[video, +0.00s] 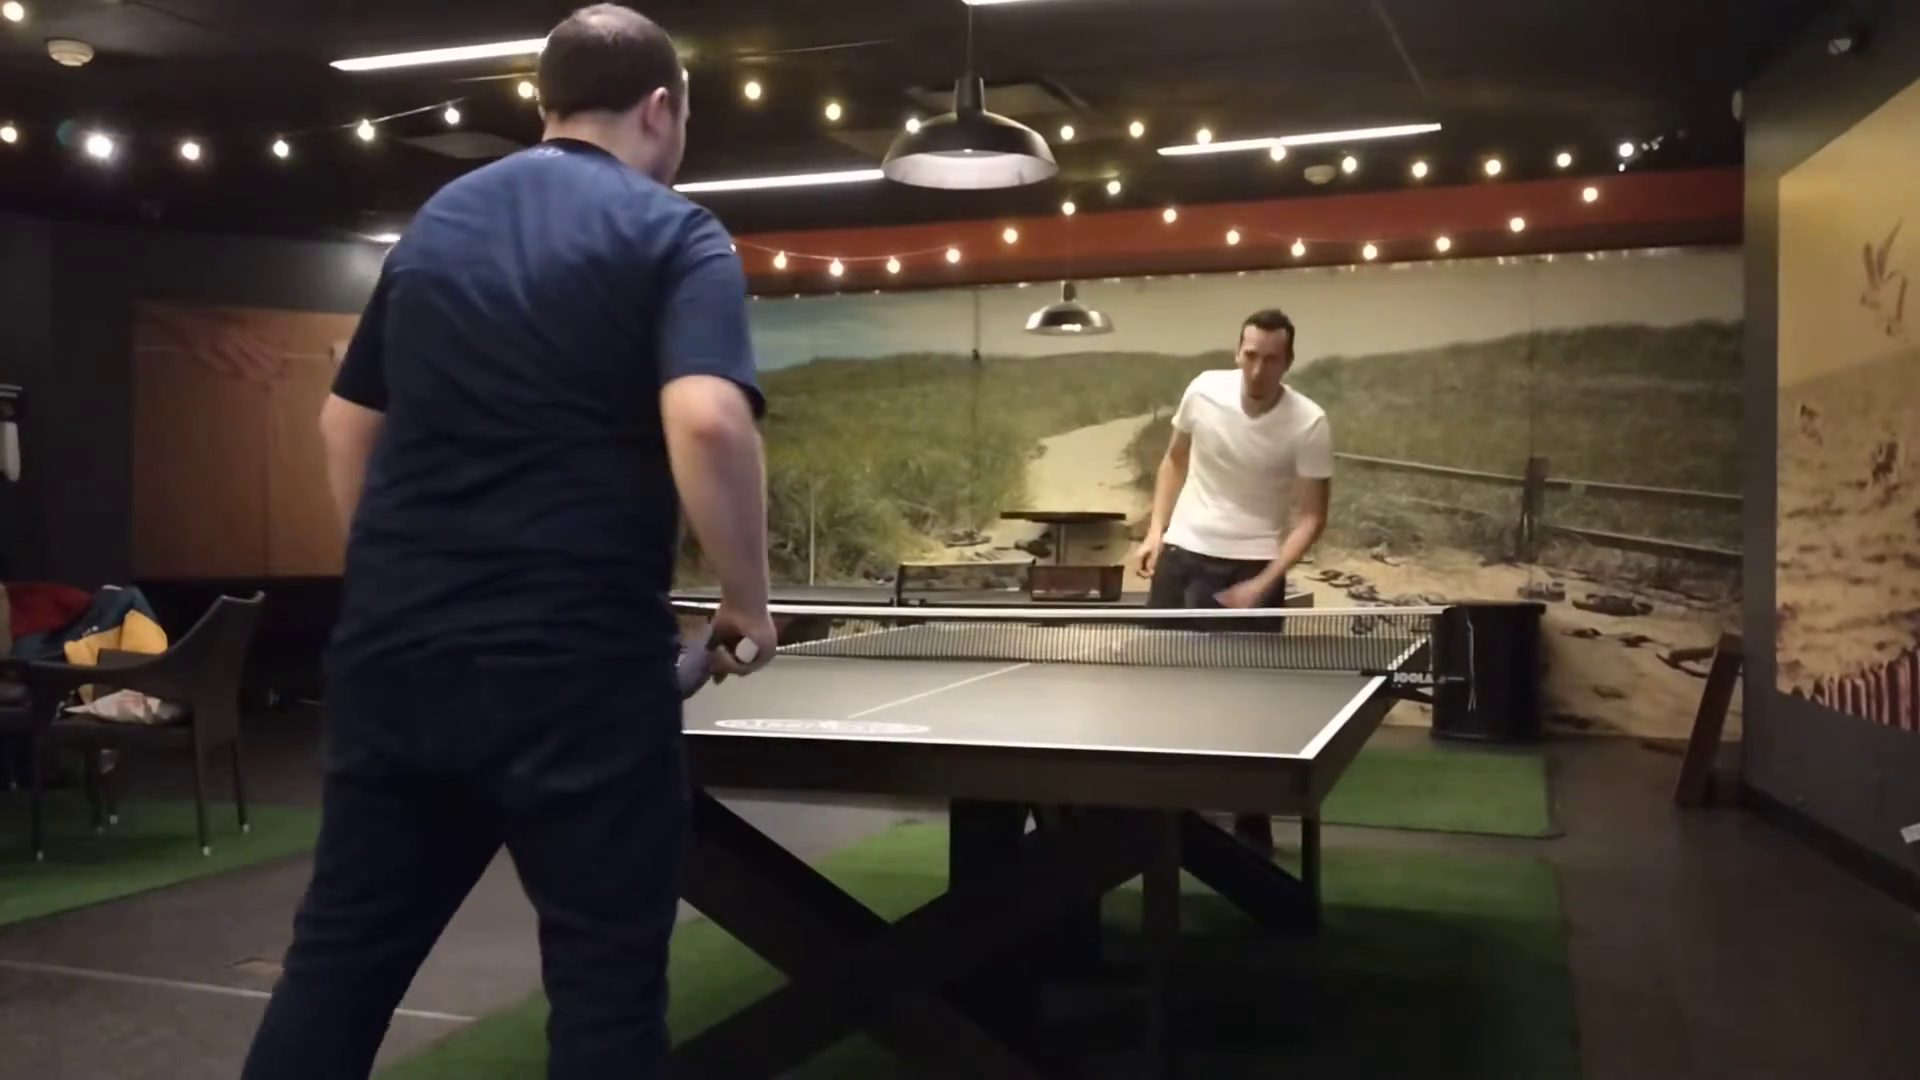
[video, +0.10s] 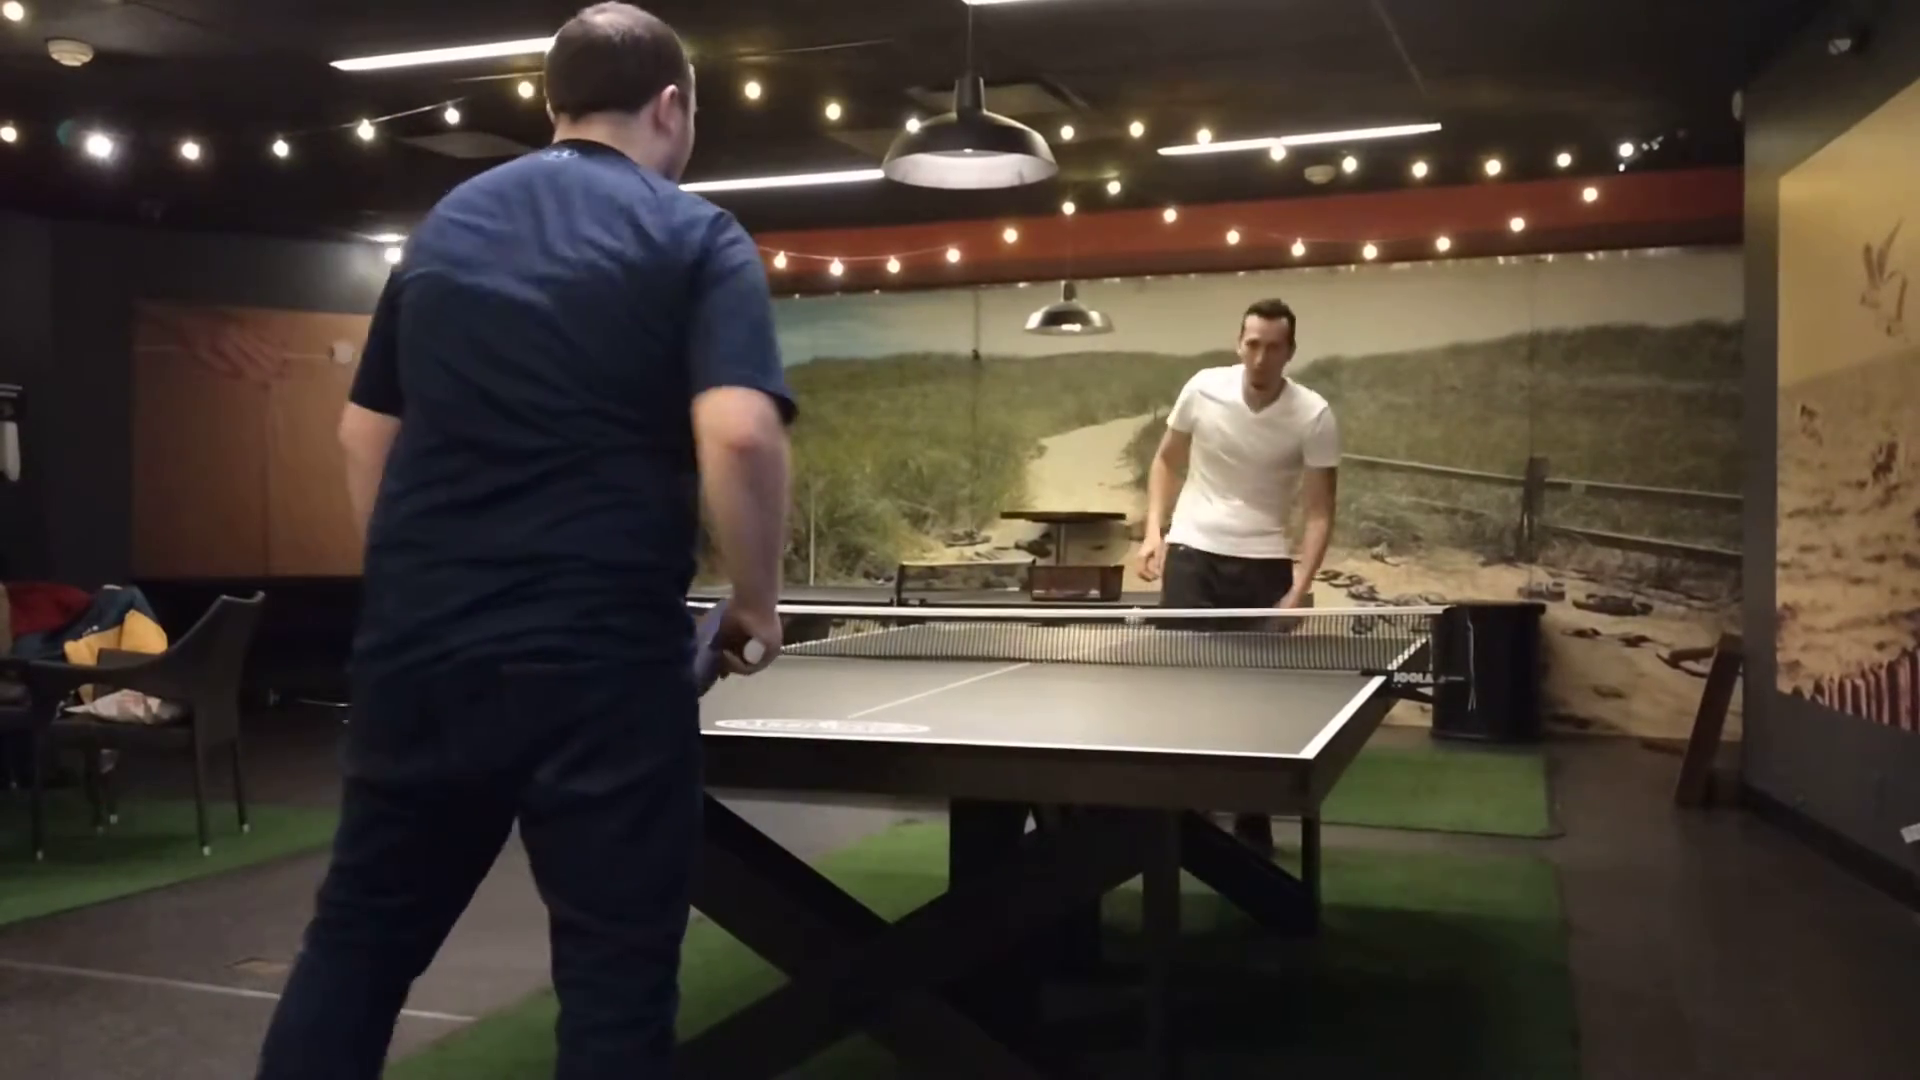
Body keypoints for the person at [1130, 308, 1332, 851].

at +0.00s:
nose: (1256, 369)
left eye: (1269, 360)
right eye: (1250, 356)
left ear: (1288, 362)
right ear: (1237, 352)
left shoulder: (1307, 422)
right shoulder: (1205, 390)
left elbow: (1310, 517)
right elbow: (1175, 460)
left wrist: (1264, 582)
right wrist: (1156, 532)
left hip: (1252, 574)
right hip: (1180, 563)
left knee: (1248, 704)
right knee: (1164, 691)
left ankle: (1252, 837)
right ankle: (1159, 823)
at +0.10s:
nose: (1259, 357)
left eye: (1271, 347)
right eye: (1251, 345)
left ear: (1291, 351)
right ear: (1238, 343)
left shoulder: (1312, 416)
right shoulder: (1202, 390)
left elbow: (1320, 513)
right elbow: (1167, 461)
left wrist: (1299, 592)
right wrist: (1154, 533)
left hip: (1265, 568)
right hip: (1191, 560)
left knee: (1256, 698)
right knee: (1186, 690)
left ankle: (1252, 830)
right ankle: (1184, 824)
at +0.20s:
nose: (1260, 352)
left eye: (1271, 342)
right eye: (1251, 341)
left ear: (1289, 346)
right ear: (1237, 341)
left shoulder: (1314, 409)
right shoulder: (1201, 392)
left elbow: (1328, 505)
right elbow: (1156, 465)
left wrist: (1323, 585)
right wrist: (1152, 538)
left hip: (1273, 565)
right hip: (1201, 559)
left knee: (1264, 693)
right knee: (1206, 686)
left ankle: (1253, 825)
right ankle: (1201, 822)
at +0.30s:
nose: (1257, 355)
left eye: (1268, 343)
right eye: (1247, 343)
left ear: (1285, 345)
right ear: (1232, 344)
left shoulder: (1312, 403)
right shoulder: (1200, 398)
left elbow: (1330, 489)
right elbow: (1150, 475)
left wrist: (1340, 557)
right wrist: (1156, 552)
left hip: (1277, 565)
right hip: (1209, 561)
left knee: (1267, 697)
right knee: (1215, 693)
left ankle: (1251, 830)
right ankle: (1210, 827)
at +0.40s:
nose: (1255, 357)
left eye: (1266, 345)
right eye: (1244, 346)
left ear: (1281, 345)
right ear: (1228, 346)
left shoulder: (1307, 396)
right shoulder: (1199, 400)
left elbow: (1334, 479)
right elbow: (1150, 489)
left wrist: (1348, 540)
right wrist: (1164, 565)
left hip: (1280, 567)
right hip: (1214, 563)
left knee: (1269, 705)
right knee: (1220, 702)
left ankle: (1245, 839)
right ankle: (1229, 843)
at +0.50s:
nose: (1248, 361)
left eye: (1258, 348)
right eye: (1236, 350)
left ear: (1274, 346)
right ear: (1221, 350)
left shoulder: (1303, 392)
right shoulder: (1196, 403)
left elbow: (1338, 472)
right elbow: (1156, 501)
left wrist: (1348, 525)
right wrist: (1169, 580)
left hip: (1282, 568)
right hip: (1216, 565)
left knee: (1270, 706)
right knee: (1223, 703)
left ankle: (1246, 839)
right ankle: (1231, 843)